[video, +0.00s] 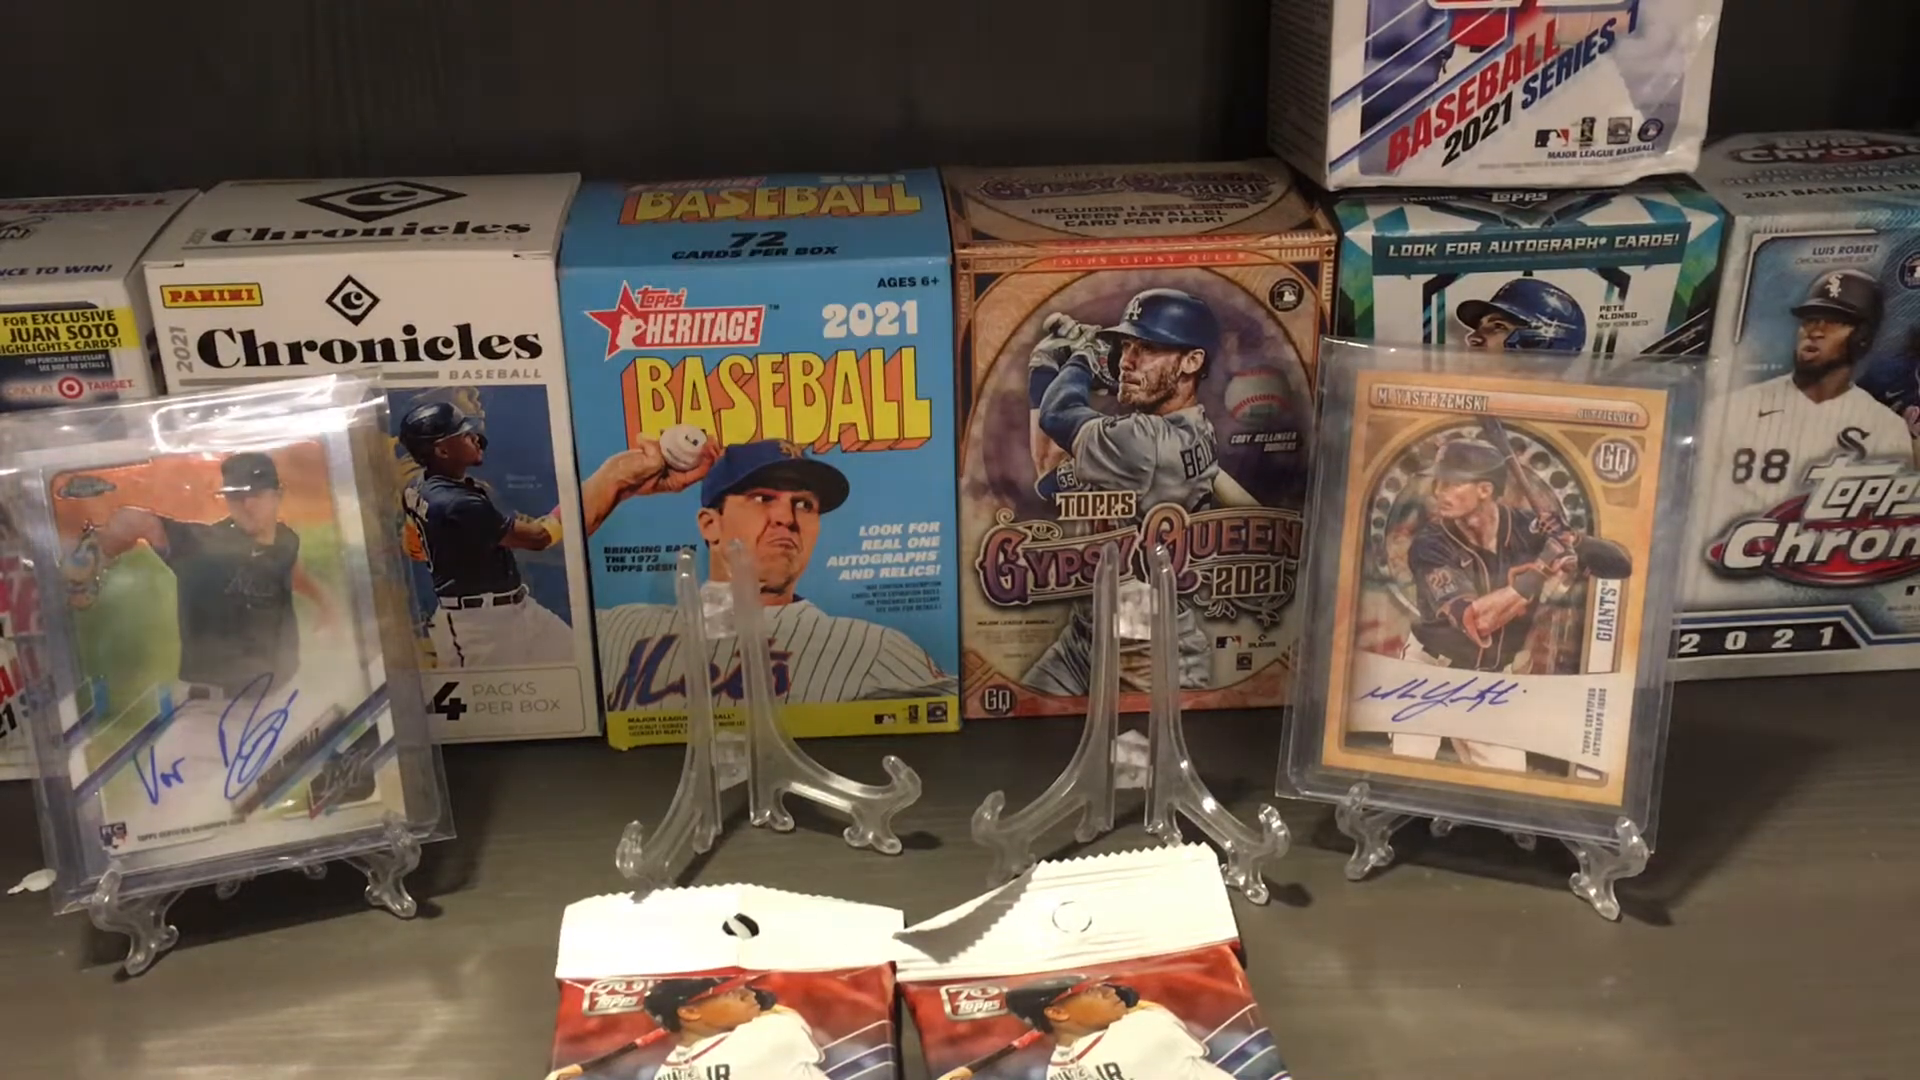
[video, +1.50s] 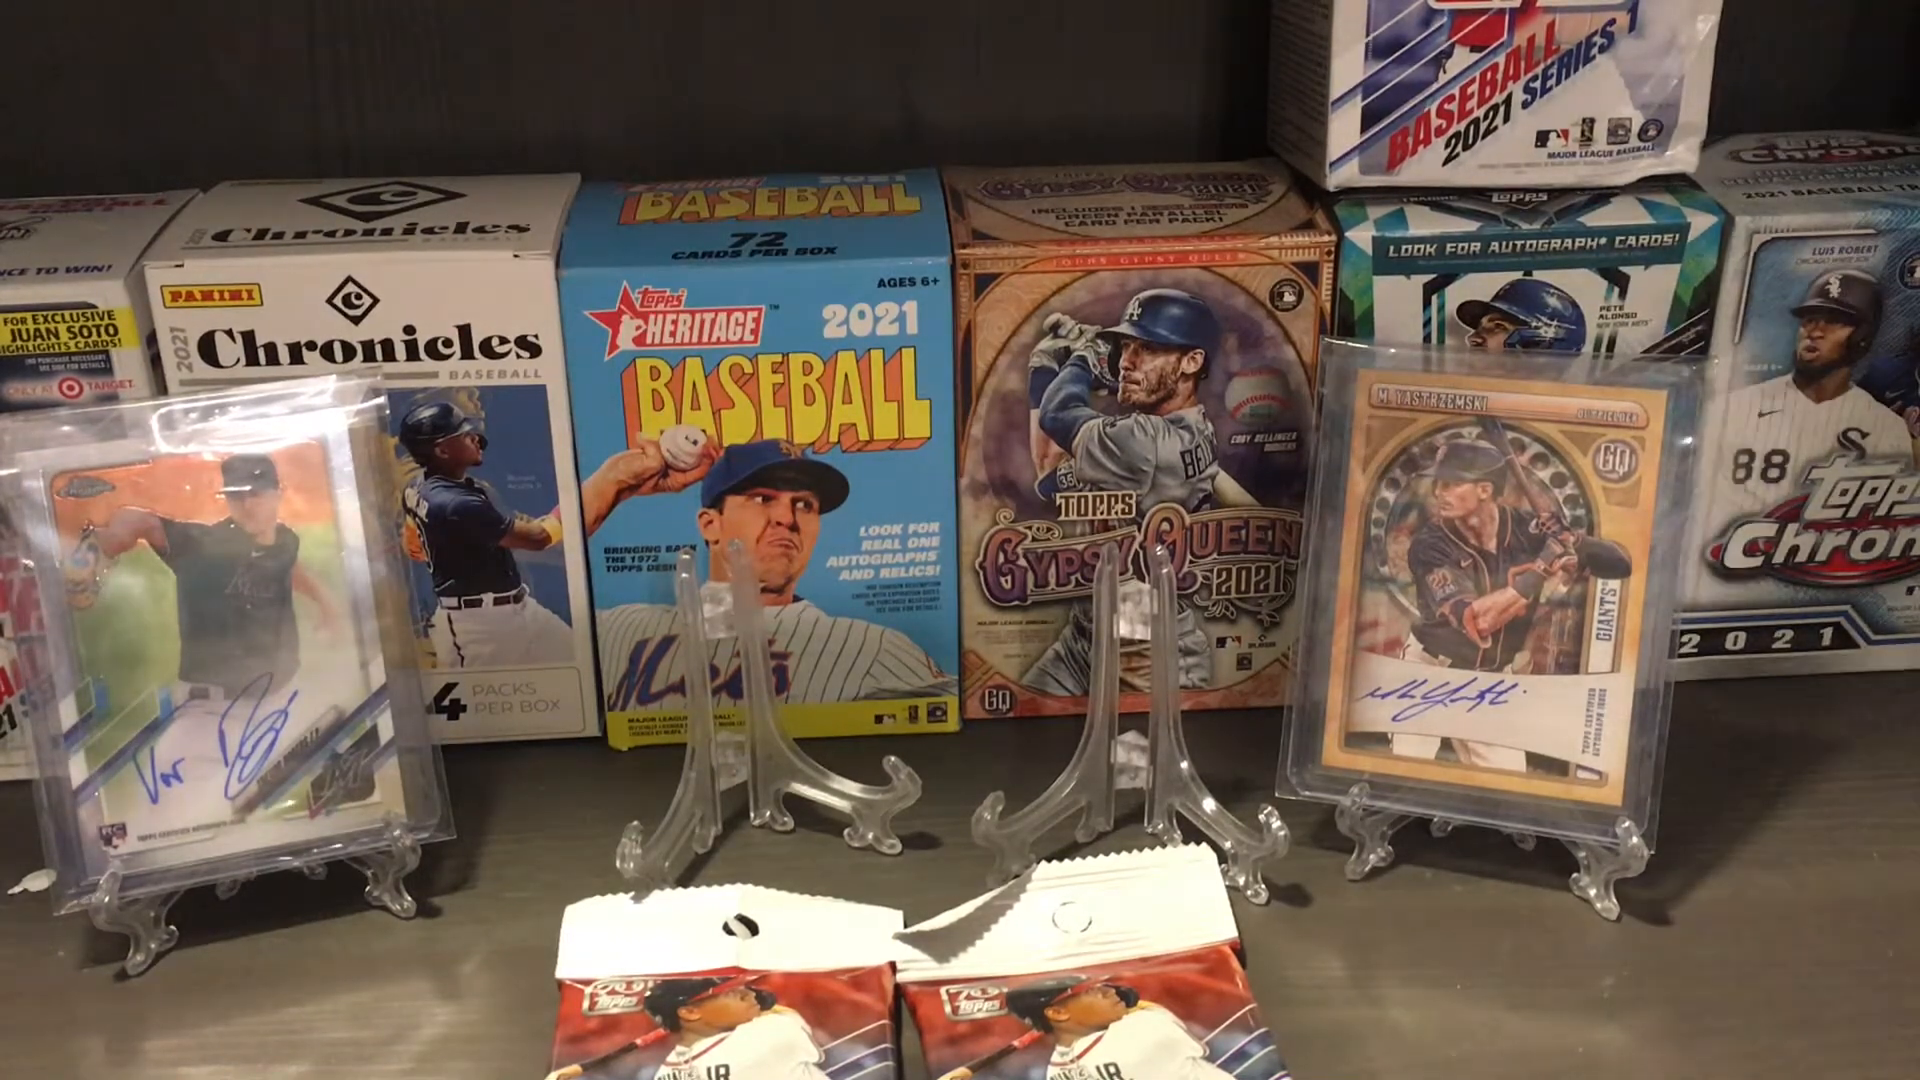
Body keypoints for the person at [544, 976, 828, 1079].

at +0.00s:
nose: (742, 993)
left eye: (732, 986)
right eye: (724, 993)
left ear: (690, 1015)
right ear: (691, 1014)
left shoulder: (666, 1072)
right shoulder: (777, 1034)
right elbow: (780, 1008)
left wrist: (577, 1072)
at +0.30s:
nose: (742, 992)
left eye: (732, 986)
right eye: (725, 993)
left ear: (690, 1015)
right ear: (692, 1014)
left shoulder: (667, 1071)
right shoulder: (779, 1034)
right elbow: (779, 1008)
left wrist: (578, 1071)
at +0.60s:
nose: (743, 992)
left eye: (733, 986)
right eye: (726, 992)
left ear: (690, 1015)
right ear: (691, 1014)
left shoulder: (666, 1071)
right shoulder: (778, 1034)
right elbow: (781, 1009)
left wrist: (576, 1072)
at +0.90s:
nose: (744, 993)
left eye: (734, 986)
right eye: (726, 993)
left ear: (689, 1014)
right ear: (691, 1014)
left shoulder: (666, 1072)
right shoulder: (778, 1034)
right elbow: (780, 1008)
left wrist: (577, 1072)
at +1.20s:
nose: (743, 992)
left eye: (733, 986)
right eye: (726, 992)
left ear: (689, 1014)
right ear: (691, 1014)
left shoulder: (666, 1072)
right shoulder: (778, 1034)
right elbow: (780, 1008)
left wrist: (578, 1072)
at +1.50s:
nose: (743, 993)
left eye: (733, 987)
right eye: (725, 993)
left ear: (690, 1015)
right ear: (692, 1014)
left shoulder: (666, 1071)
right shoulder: (778, 1034)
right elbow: (781, 1009)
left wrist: (576, 1072)